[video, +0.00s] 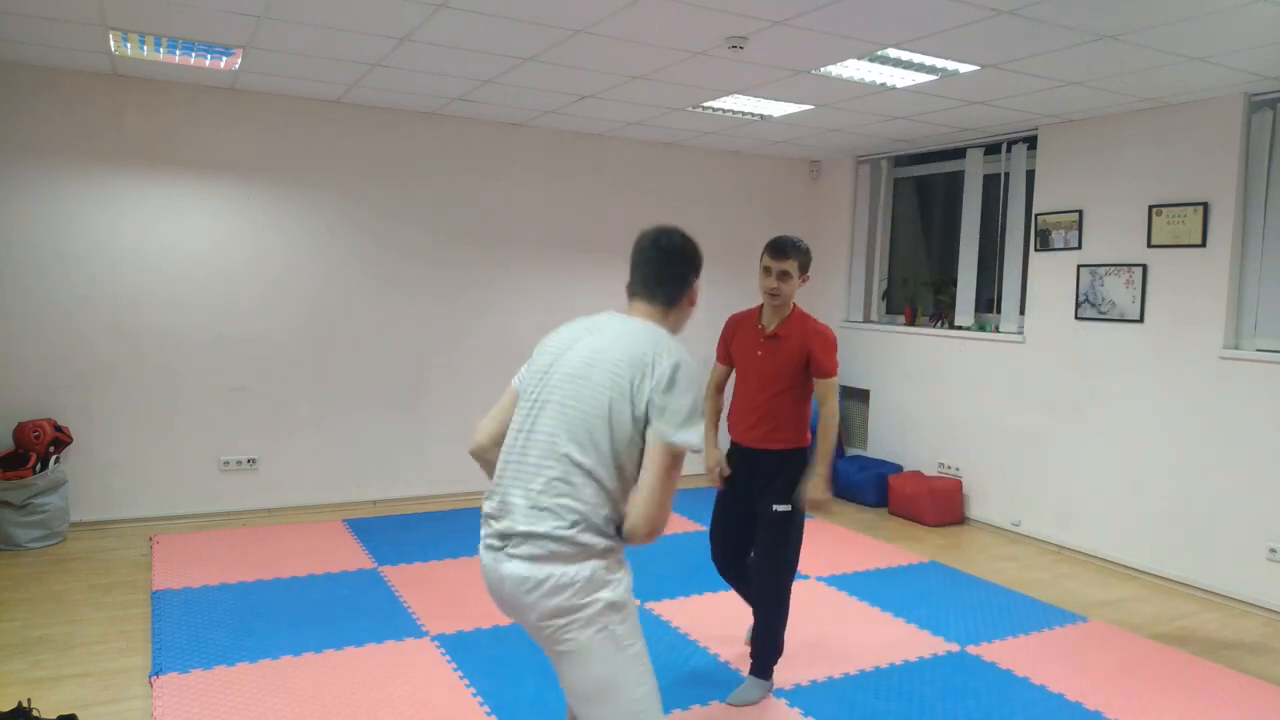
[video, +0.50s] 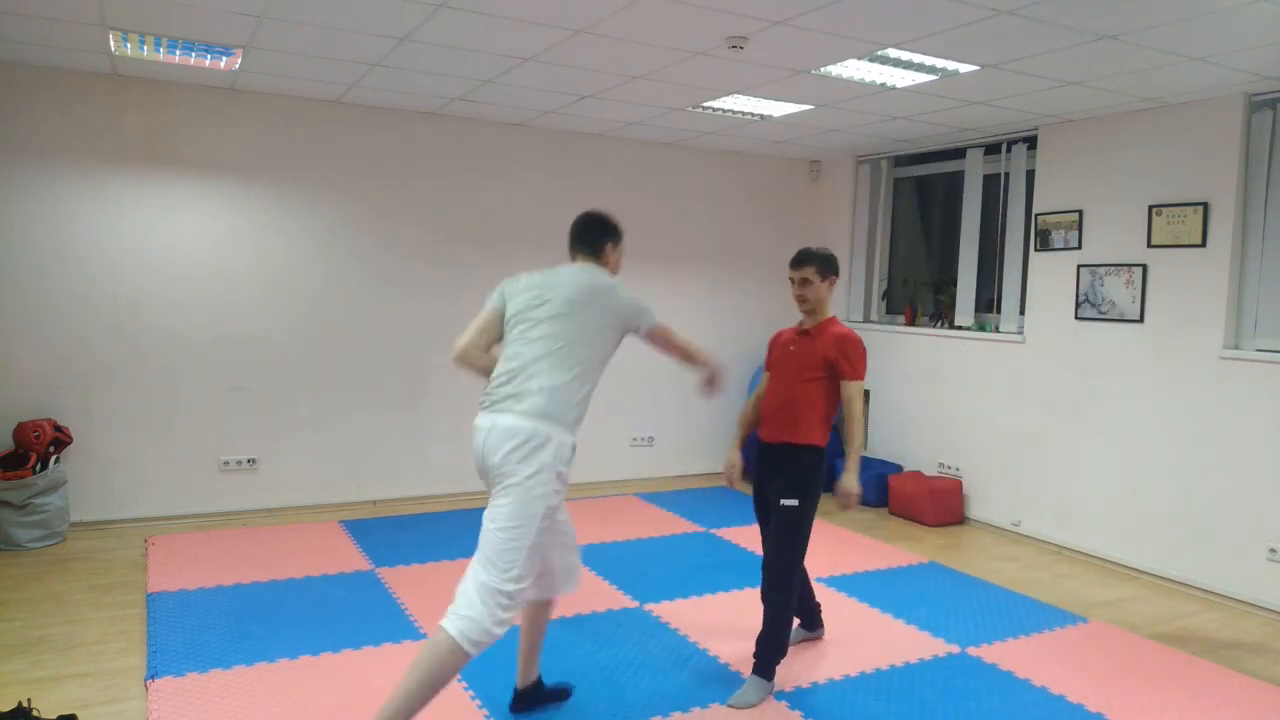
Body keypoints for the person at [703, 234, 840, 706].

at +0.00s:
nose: (774, 282)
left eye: (785, 275)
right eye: (767, 272)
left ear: (802, 280)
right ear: (758, 273)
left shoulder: (817, 337)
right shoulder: (737, 325)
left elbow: (829, 410)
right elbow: (714, 389)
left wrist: (819, 475)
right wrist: (711, 448)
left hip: (786, 463)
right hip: (740, 458)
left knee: (772, 571)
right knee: (724, 554)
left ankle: (761, 672)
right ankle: (768, 610)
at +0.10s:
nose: (779, 281)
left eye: (790, 274)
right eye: (773, 271)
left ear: (807, 280)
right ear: (763, 271)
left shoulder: (819, 336)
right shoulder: (742, 325)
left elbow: (837, 407)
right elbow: (720, 388)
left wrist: (854, 472)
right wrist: (702, 446)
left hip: (787, 463)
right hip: (742, 457)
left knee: (772, 573)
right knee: (728, 555)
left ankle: (761, 675)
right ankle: (780, 595)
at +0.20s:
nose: (783, 281)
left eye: (794, 275)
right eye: (778, 271)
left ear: (812, 281)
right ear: (769, 273)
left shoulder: (824, 337)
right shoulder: (748, 327)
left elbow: (853, 405)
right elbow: (725, 391)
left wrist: (875, 467)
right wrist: (701, 445)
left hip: (789, 462)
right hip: (745, 457)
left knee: (773, 572)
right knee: (736, 554)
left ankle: (761, 675)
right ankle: (789, 597)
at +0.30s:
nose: (787, 284)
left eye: (798, 277)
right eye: (782, 274)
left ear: (816, 283)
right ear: (774, 276)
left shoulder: (828, 338)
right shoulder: (755, 330)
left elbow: (858, 401)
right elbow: (734, 392)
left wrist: (879, 464)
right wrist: (706, 444)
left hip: (794, 460)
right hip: (752, 455)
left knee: (775, 564)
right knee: (761, 548)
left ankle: (763, 674)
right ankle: (799, 606)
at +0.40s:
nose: (791, 286)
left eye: (801, 278)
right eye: (786, 277)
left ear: (822, 282)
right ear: (780, 278)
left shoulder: (835, 337)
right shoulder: (768, 332)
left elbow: (857, 404)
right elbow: (747, 393)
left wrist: (872, 466)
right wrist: (719, 445)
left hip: (799, 459)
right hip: (758, 454)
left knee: (776, 563)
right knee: (777, 548)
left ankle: (763, 674)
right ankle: (807, 613)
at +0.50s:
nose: (799, 291)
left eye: (807, 282)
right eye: (794, 283)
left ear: (830, 284)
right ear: (790, 285)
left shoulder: (844, 342)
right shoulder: (781, 339)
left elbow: (854, 408)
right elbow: (761, 395)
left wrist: (851, 470)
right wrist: (736, 445)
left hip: (804, 460)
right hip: (764, 455)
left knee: (779, 564)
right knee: (780, 551)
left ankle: (763, 673)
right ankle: (810, 619)